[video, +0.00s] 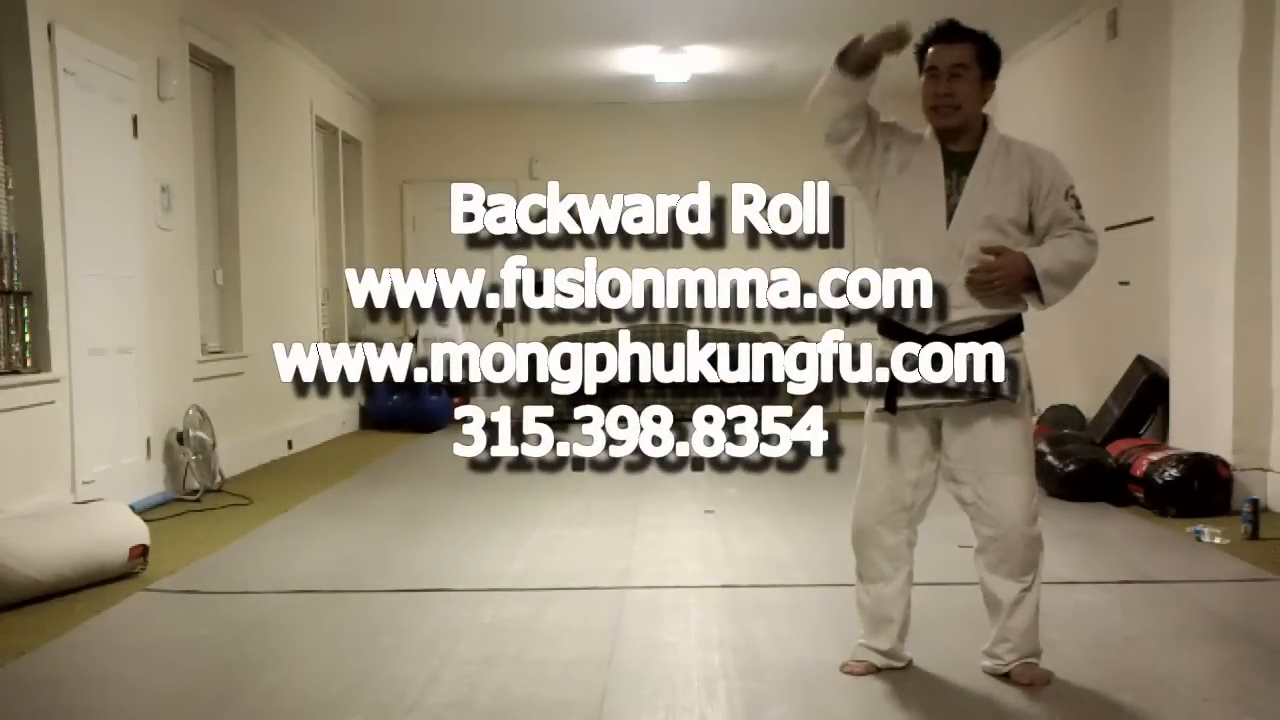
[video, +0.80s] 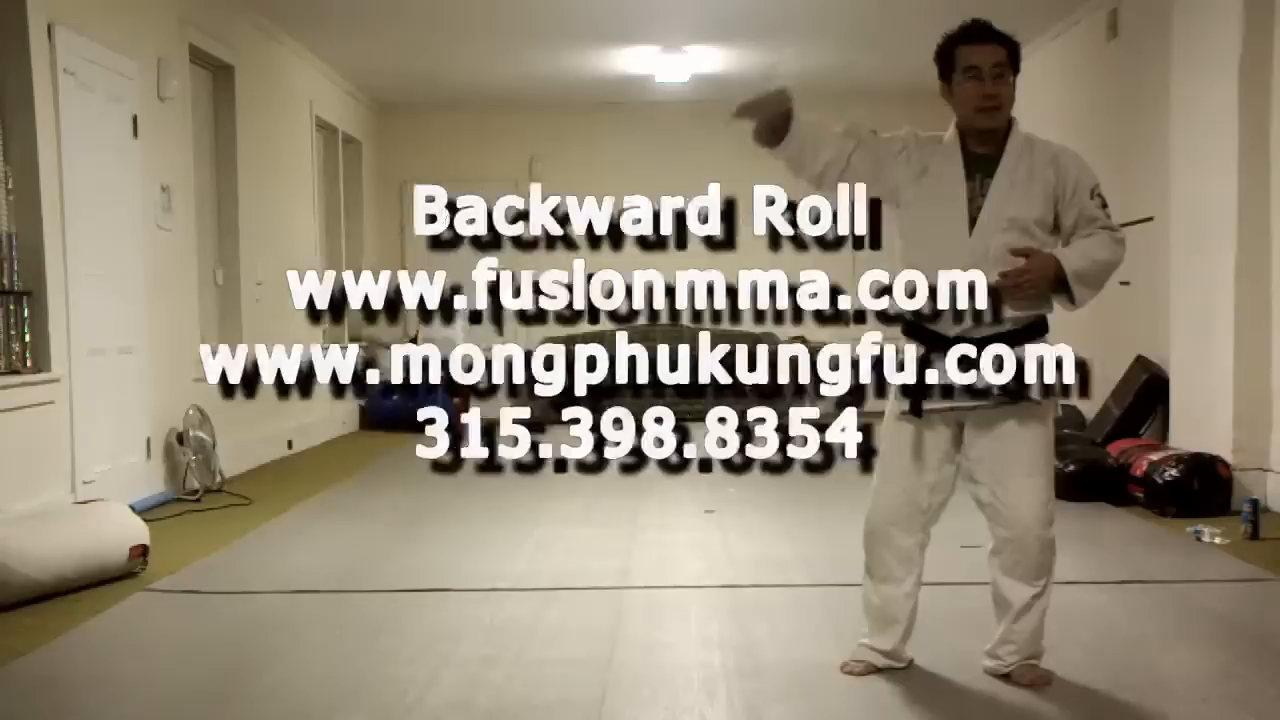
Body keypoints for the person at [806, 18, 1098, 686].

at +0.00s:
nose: (940, 85)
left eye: (957, 73)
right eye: (931, 73)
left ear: (988, 85)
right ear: (919, 86)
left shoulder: (1031, 167)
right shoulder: (887, 154)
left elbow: (1079, 243)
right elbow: (836, 121)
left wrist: (1032, 267)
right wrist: (858, 60)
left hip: (989, 362)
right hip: (896, 363)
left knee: (1011, 521)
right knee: (881, 516)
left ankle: (1014, 651)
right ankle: (879, 643)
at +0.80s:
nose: (989, 86)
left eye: (1001, 74)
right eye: (972, 75)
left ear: (1015, 83)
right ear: (946, 87)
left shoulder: (1057, 168)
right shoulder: (907, 158)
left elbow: (1106, 243)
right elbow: (835, 156)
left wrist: (1060, 267)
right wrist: (784, 126)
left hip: (1014, 372)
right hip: (919, 372)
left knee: (1028, 526)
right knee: (894, 518)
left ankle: (1016, 654)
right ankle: (881, 642)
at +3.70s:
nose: (973, 82)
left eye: (981, 68)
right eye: (954, 73)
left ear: (997, 81)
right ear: (929, 95)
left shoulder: (1048, 162)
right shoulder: (907, 163)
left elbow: (1098, 234)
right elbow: (843, 170)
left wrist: (1056, 262)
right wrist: (801, 141)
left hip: (1021, 368)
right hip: (932, 370)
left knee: (1034, 527)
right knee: (898, 519)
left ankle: (1017, 653)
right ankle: (884, 643)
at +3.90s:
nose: (977, 83)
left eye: (984, 69)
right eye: (957, 74)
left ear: (999, 80)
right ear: (931, 95)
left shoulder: (1049, 161)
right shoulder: (907, 163)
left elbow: (1100, 234)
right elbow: (842, 174)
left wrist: (1059, 262)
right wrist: (804, 142)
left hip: (1022, 370)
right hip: (933, 370)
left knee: (1035, 527)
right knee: (898, 519)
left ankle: (1018, 653)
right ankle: (884, 643)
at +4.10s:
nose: (980, 83)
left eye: (987, 69)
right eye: (960, 74)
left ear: (1002, 79)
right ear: (933, 95)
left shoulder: (1051, 162)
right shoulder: (909, 163)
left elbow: (1101, 235)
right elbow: (845, 176)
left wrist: (1060, 262)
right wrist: (810, 138)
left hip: (1023, 369)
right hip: (933, 369)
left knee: (1035, 527)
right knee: (899, 519)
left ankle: (1018, 653)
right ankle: (884, 643)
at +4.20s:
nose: (981, 83)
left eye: (989, 69)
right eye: (962, 74)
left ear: (1003, 79)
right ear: (934, 94)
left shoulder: (1051, 162)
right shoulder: (910, 162)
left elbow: (1102, 236)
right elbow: (844, 176)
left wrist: (1062, 264)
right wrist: (813, 137)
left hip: (1023, 370)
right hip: (932, 371)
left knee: (1036, 527)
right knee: (898, 519)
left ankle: (1017, 653)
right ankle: (885, 643)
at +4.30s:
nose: (983, 85)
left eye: (991, 71)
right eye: (964, 75)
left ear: (1005, 80)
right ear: (937, 94)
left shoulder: (1053, 162)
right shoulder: (911, 162)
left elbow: (1102, 237)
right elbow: (846, 182)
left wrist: (1061, 267)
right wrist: (817, 147)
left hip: (1024, 372)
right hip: (933, 373)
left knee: (1037, 528)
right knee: (900, 520)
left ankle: (1017, 653)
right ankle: (884, 642)